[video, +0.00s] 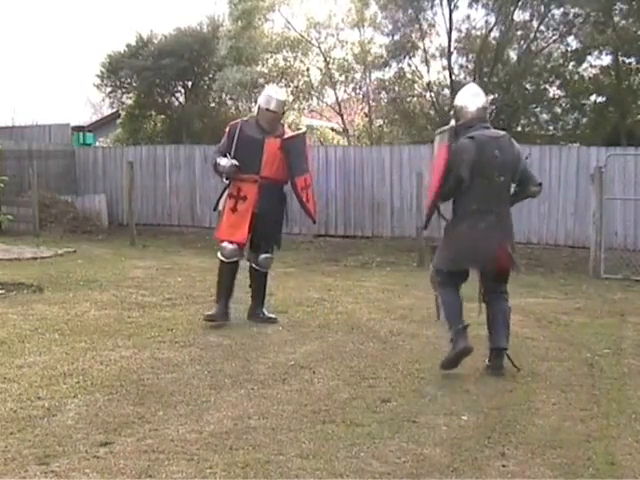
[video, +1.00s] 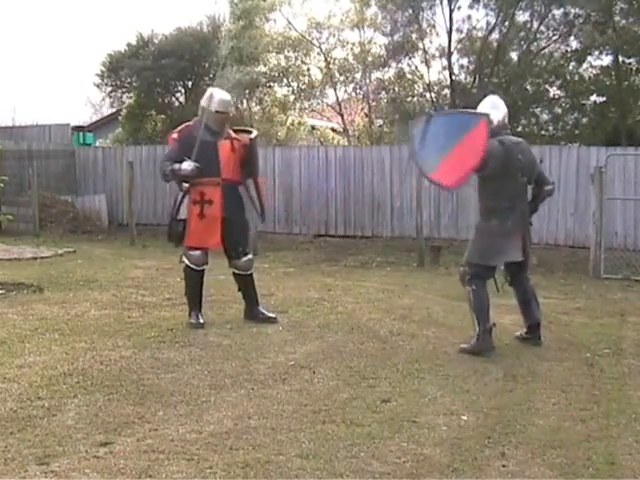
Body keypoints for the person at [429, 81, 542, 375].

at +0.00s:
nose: (455, 118)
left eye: (457, 112)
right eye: (456, 112)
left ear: (463, 113)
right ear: (485, 111)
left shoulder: (464, 145)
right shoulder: (507, 143)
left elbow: (454, 181)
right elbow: (531, 186)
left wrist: (436, 197)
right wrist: (504, 201)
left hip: (465, 232)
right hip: (499, 233)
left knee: (444, 278)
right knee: (497, 290)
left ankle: (459, 338)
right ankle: (497, 356)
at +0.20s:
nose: (462, 121)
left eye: (464, 117)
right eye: (464, 116)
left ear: (468, 117)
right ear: (492, 116)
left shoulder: (469, 146)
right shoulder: (510, 146)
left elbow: (457, 184)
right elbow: (532, 192)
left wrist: (441, 192)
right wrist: (505, 202)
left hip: (474, 228)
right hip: (506, 230)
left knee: (458, 278)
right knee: (503, 288)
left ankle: (474, 341)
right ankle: (500, 353)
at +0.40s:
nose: (460, 126)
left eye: (461, 122)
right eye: (461, 122)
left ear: (466, 122)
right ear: (487, 119)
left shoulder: (468, 151)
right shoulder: (508, 148)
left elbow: (451, 181)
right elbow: (532, 190)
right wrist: (507, 201)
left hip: (478, 231)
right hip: (510, 230)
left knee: (470, 285)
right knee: (505, 285)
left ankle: (483, 341)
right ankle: (506, 338)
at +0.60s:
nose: (463, 123)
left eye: (464, 118)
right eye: (463, 118)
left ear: (471, 118)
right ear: (490, 116)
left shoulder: (473, 148)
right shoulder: (513, 145)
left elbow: (435, 165)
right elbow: (536, 182)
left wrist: (452, 139)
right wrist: (516, 203)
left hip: (479, 226)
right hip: (509, 224)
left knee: (473, 283)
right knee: (508, 278)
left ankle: (483, 343)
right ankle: (525, 320)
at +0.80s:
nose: (468, 123)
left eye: (470, 118)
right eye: (468, 118)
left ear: (477, 117)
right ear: (496, 116)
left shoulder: (475, 146)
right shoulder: (516, 144)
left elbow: (443, 151)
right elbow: (541, 180)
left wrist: (457, 132)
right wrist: (528, 202)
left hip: (484, 225)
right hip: (513, 224)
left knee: (479, 281)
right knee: (516, 276)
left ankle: (484, 341)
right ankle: (534, 331)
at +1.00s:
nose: (480, 124)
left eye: (482, 120)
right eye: (480, 120)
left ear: (490, 120)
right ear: (505, 119)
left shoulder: (487, 147)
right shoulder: (521, 147)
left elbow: (474, 165)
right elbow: (544, 185)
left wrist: (472, 131)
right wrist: (529, 209)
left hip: (492, 226)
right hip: (517, 225)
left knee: (476, 277)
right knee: (518, 275)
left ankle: (483, 336)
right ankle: (533, 329)